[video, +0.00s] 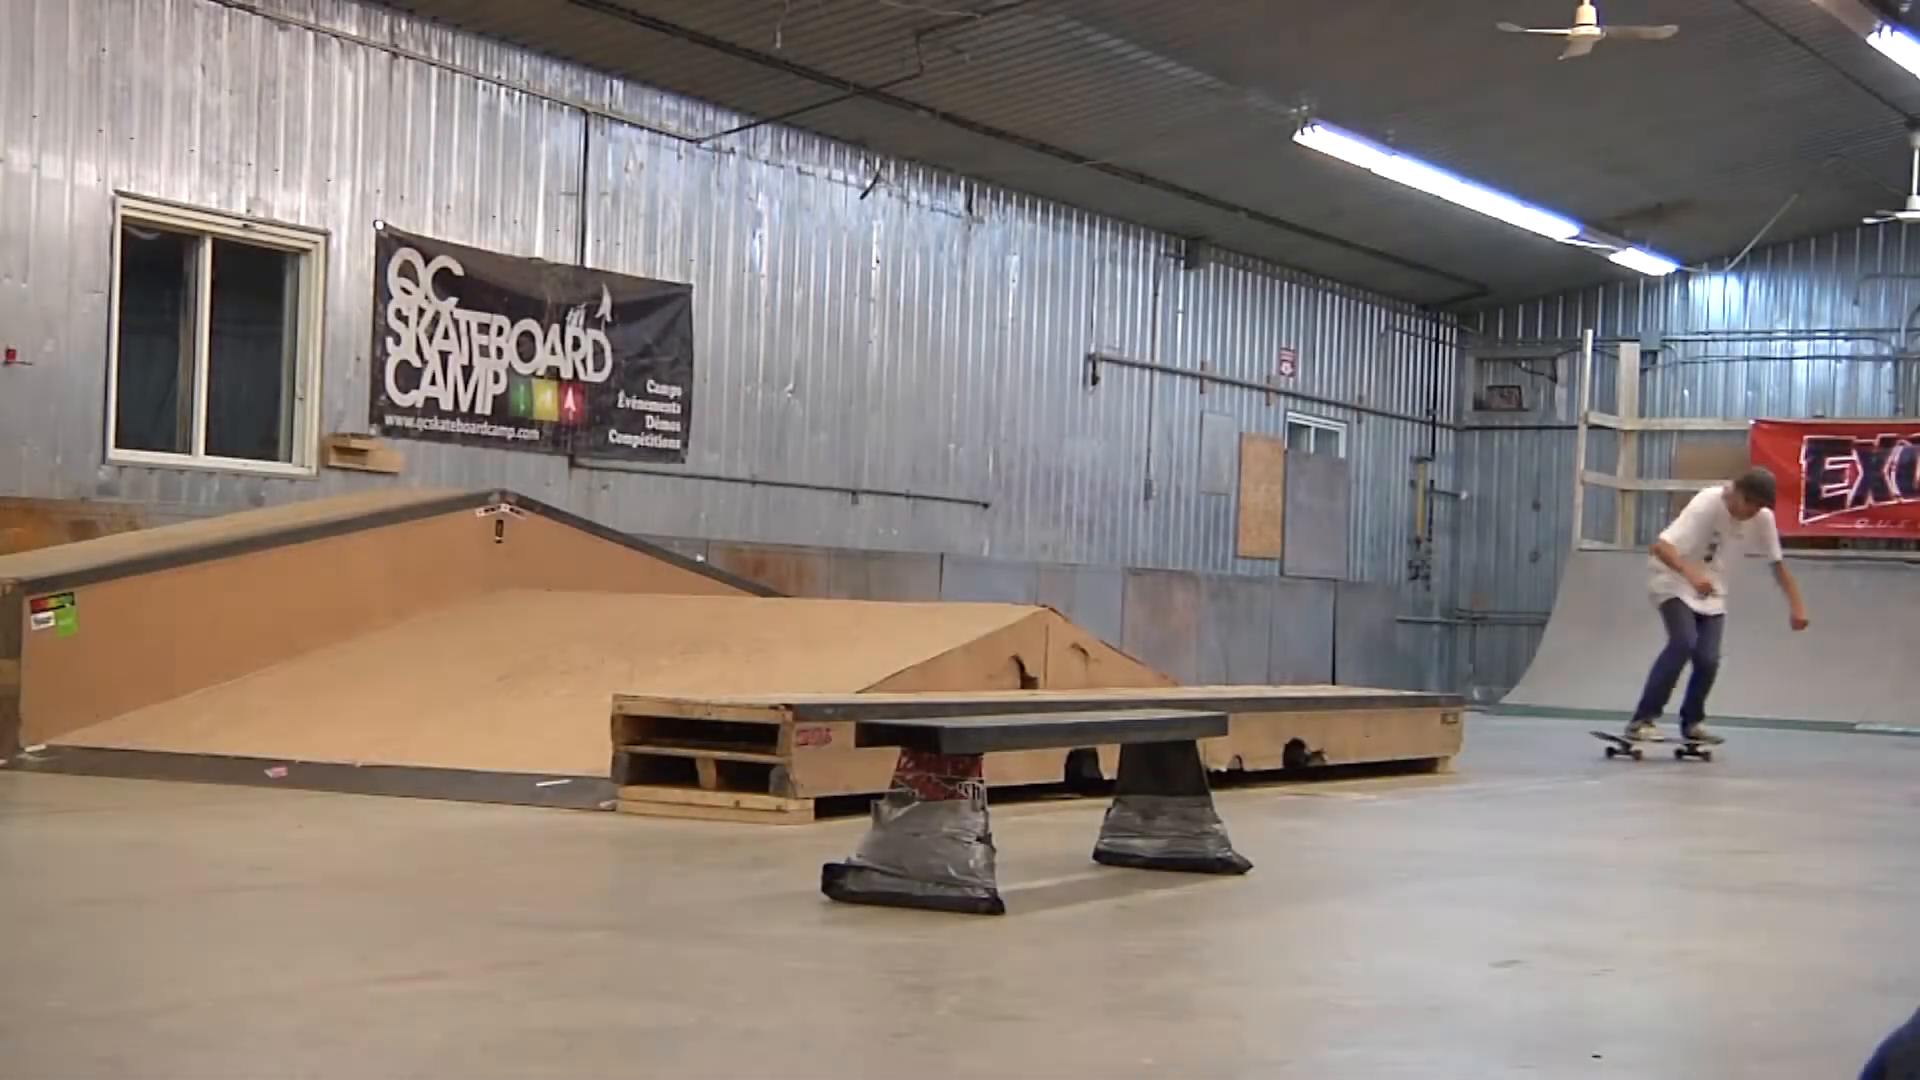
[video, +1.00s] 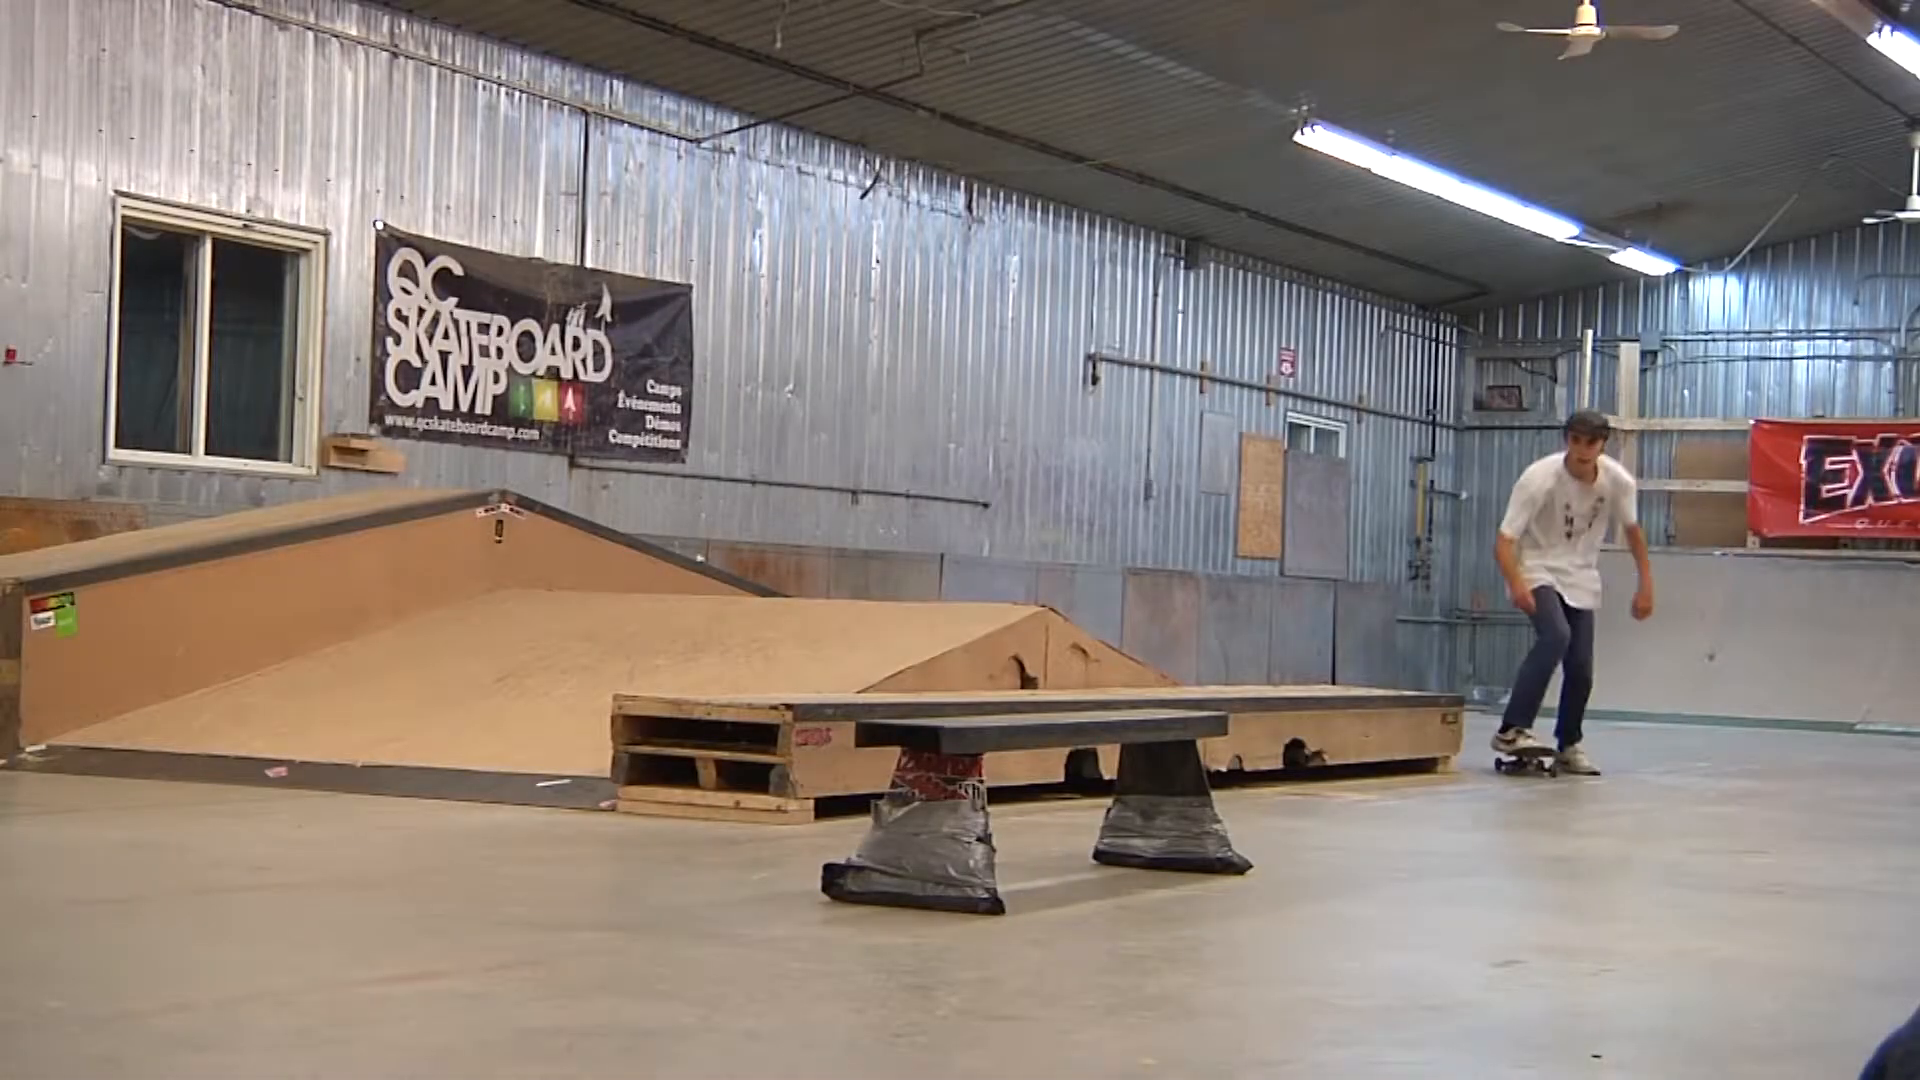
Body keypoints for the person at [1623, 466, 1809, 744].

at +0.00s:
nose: (1752, 511)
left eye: (1757, 507)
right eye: (1749, 504)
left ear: (1762, 504)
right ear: (1736, 492)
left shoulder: (1762, 519)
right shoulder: (1708, 504)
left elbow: (1777, 565)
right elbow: (1661, 546)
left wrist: (1796, 607)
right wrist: (1693, 576)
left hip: (1712, 589)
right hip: (1673, 580)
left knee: (1708, 660)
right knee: (1684, 642)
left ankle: (1691, 723)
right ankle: (1642, 720)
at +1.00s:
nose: (1584, 451)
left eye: (1592, 443)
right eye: (1577, 442)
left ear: (1604, 445)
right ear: (1566, 441)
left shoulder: (1619, 481)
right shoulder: (1539, 479)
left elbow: (1631, 529)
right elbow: (1505, 539)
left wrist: (1645, 584)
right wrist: (1515, 583)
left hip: (1581, 575)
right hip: (1537, 570)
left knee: (1581, 667)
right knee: (1556, 636)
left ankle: (1569, 745)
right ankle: (1512, 731)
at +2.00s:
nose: (1417, 404)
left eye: (1429, 397)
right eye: (1411, 390)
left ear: (1438, 400)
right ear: (1395, 383)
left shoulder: (1431, 428)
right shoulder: (1348, 427)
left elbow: (1410, 506)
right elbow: (1312, 512)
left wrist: (1400, 583)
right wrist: (1328, 596)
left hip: (1361, 528)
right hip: (1312, 522)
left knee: (1366, 627)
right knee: (1343, 622)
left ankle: (1326, 740)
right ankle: (1295, 741)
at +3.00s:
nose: (1151, 282)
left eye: (1163, 275)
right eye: (1154, 262)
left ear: (1158, 270)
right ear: (1125, 234)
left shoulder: (1095, 298)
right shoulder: (1060, 271)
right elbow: (938, 241)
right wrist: (910, 316)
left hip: (1035, 462)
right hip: (986, 446)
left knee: (1059, 613)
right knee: (1038, 590)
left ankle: (984, 758)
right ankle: (949, 755)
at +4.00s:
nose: (496, 218)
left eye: (509, 205)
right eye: (505, 198)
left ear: (446, 149)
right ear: (475, 167)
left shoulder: (328, 166)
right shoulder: (386, 241)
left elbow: (406, 326)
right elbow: (308, 386)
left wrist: (471, 433)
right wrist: (362, 534)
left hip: (183, 430)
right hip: (279, 453)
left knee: (225, 640)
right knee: (361, 626)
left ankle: (183, 845)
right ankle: (401, 838)